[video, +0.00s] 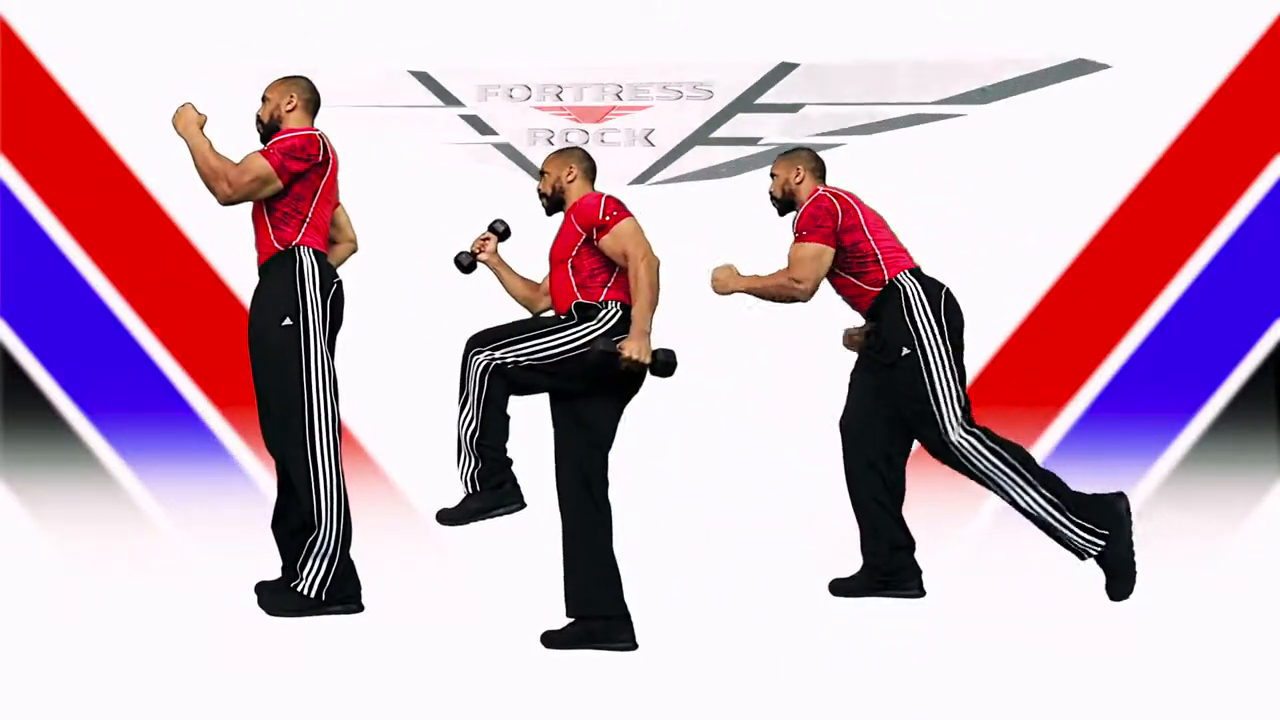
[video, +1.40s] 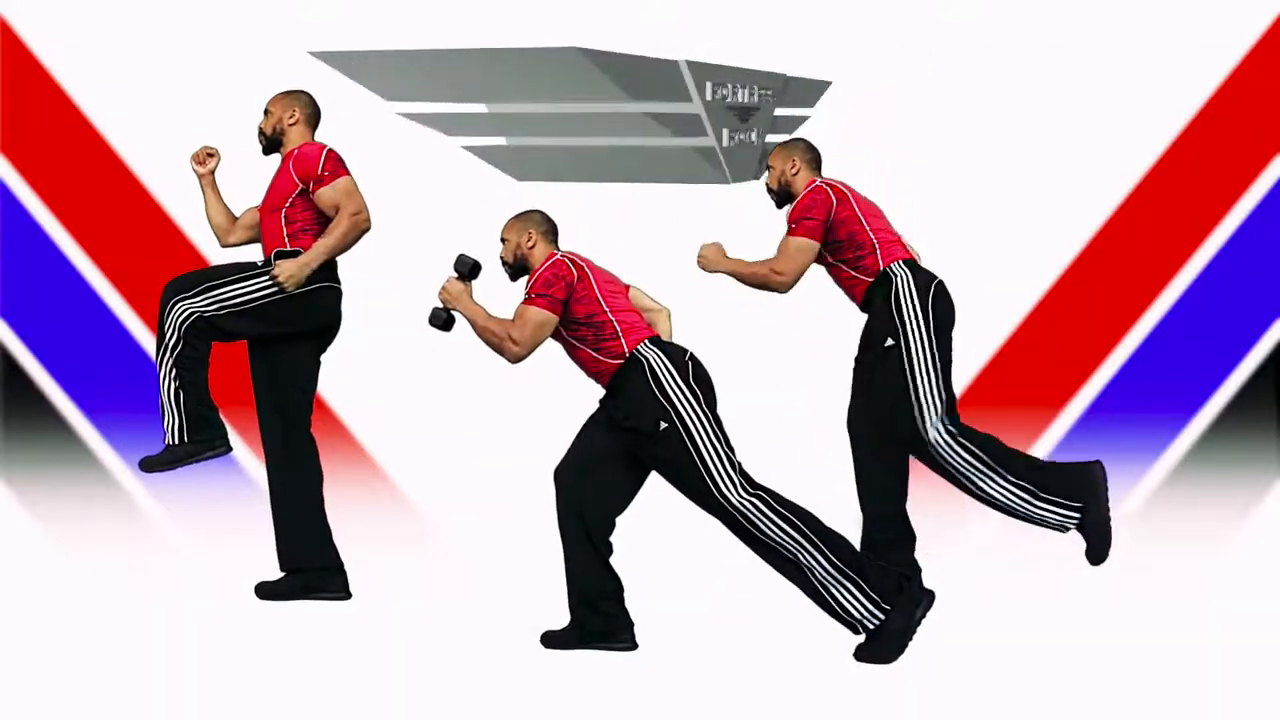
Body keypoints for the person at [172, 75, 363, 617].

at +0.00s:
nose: (258, 109)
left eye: (264, 100)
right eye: (260, 102)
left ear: (287, 102)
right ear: (298, 106)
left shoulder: (303, 143)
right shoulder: (303, 156)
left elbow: (229, 186)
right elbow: (343, 239)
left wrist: (193, 132)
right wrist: (296, 284)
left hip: (297, 284)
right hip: (289, 287)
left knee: (309, 428)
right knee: (288, 432)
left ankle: (326, 581)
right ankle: (304, 573)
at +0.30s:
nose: (261, 114)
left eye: (267, 105)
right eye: (263, 106)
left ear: (290, 108)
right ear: (295, 112)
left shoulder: (310, 149)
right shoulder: (283, 169)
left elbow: (294, 219)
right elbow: (287, 259)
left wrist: (221, 214)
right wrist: (240, 252)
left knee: (278, 417)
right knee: (245, 411)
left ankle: (303, 564)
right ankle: (315, 555)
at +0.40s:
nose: (260, 119)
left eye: (267, 109)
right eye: (262, 111)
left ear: (291, 111)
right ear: (293, 115)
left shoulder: (310, 151)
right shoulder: (283, 174)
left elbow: (329, 216)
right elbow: (268, 260)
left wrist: (255, 241)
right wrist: (217, 220)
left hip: (302, 286)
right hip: (295, 291)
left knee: (216, 374)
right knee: (289, 433)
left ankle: (254, 522)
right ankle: (315, 570)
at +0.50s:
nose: (260, 118)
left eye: (267, 109)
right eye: (262, 111)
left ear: (292, 112)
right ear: (292, 116)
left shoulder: (311, 149)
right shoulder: (287, 177)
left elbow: (354, 209)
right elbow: (236, 234)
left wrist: (299, 253)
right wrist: (208, 183)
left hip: (296, 287)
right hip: (301, 298)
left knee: (189, 332)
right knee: (292, 440)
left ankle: (215, 464)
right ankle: (314, 572)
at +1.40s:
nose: (261, 124)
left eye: (267, 114)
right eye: (262, 116)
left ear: (293, 116)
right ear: (295, 120)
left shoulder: (312, 156)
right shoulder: (286, 185)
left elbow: (356, 215)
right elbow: (230, 232)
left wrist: (309, 261)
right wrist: (207, 179)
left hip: (295, 284)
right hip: (298, 299)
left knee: (182, 300)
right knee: (285, 437)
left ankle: (194, 430)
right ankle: (316, 571)